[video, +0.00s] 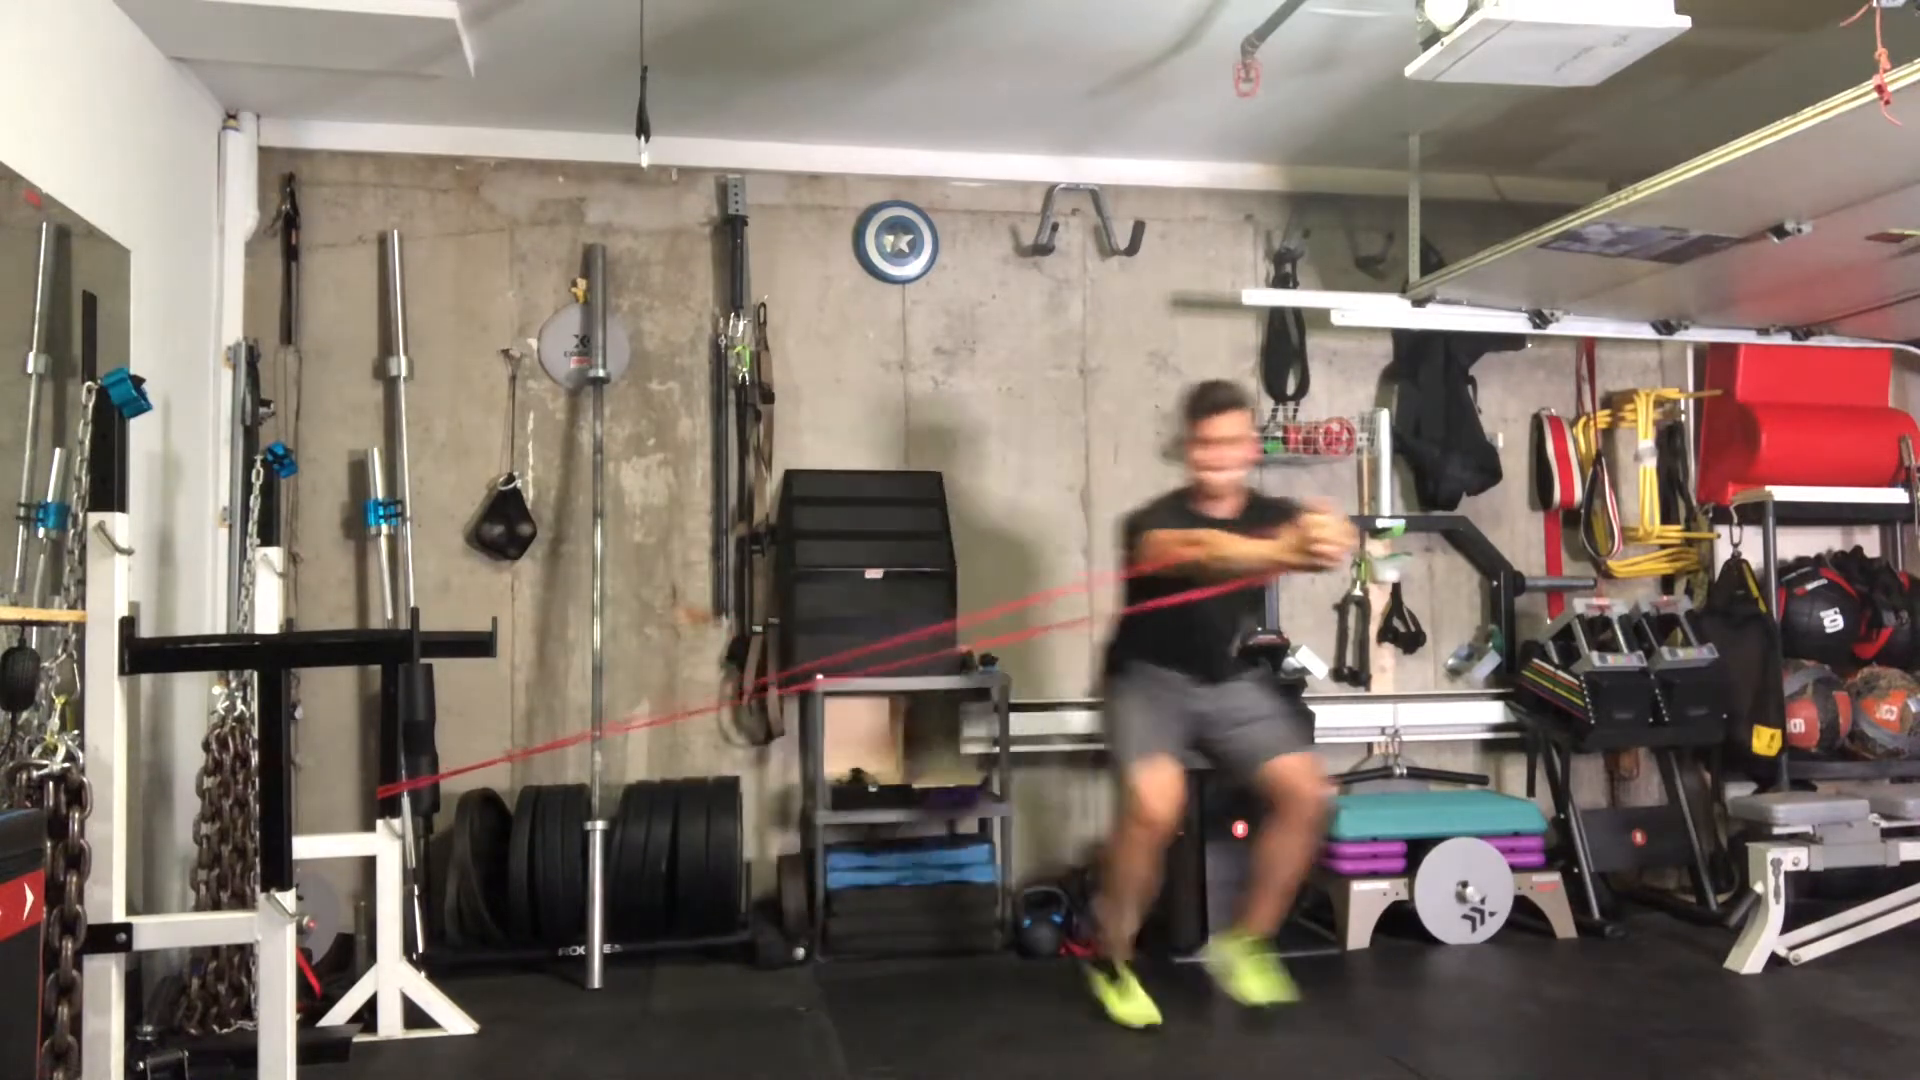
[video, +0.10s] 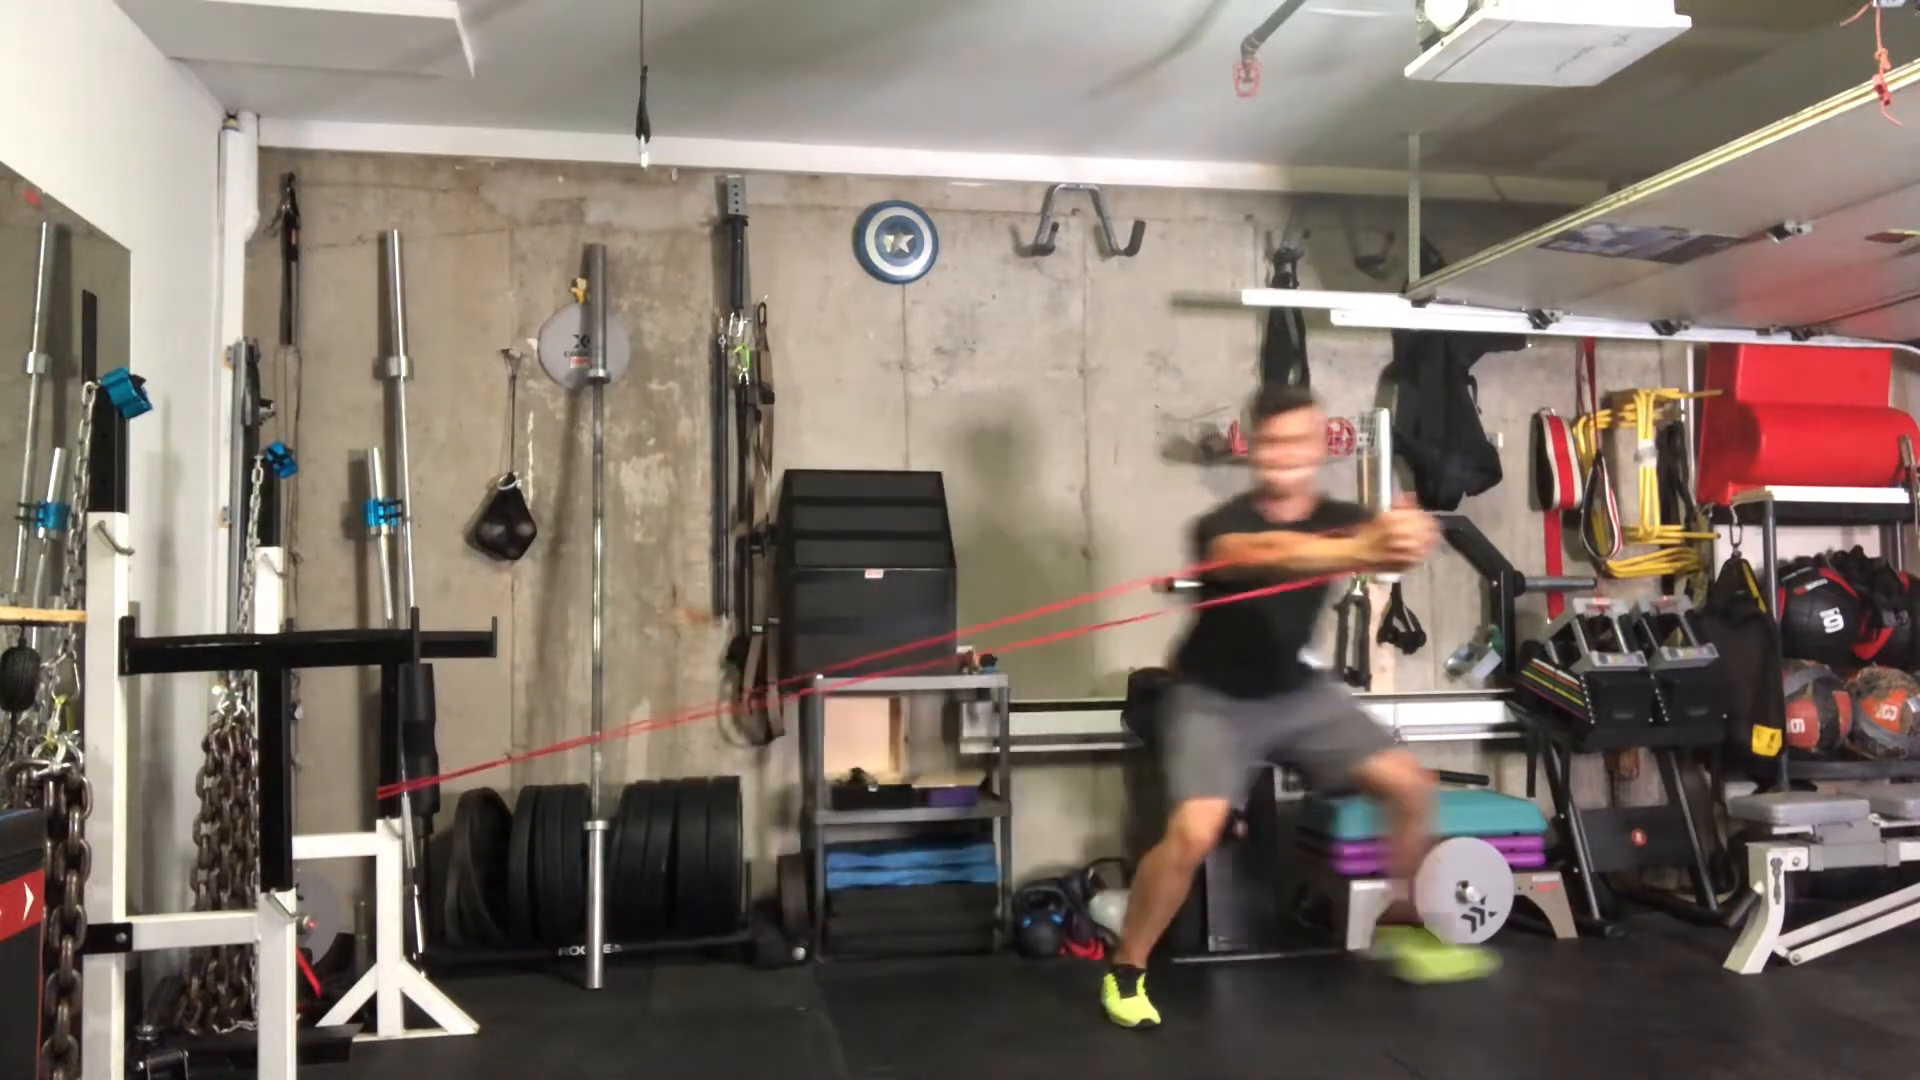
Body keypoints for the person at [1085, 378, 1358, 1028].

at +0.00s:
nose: (1220, 456)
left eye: (1234, 442)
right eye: (1207, 443)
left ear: (1253, 449)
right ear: (1187, 449)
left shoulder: (1275, 516)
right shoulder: (1153, 525)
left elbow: (1325, 541)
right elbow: (1211, 553)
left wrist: (1332, 535)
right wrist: (1295, 551)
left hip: (1233, 680)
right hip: (1150, 681)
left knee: (1305, 792)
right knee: (1157, 804)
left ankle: (1245, 942)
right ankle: (1112, 958)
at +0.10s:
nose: (1285, 459)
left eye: (1299, 445)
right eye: (1271, 445)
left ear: (1321, 449)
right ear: (1251, 450)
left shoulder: (1339, 520)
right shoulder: (1224, 527)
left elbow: (1383, 550)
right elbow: (1269, 555)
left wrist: (1411, 539)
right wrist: (1362, 545)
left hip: (1294, 689)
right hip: (1211, 696)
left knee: (1409, 783)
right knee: (1195, 830)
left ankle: (1404, 924)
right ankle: (1127, 969)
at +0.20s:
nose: (1365, 446)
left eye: (1379, 432)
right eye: (1355, 433)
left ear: (1407, 438)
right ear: (1334, 439)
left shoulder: (1424, 509)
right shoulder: (1305, 517)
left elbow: (1481, 536)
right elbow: (1343, 551)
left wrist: (1485, 541)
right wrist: (1443, 549)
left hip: (1383, 692)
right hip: (1296, 699)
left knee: (1495, 806)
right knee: (1267, 827)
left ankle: (1583, 951)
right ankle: (1142, 963)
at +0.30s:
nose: (1449, 466)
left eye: (1464, 452)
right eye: (1434, 452)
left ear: (1486, 463)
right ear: (1408, 462)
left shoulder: (1500, 530)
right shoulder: (1386, 537)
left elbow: (1554, 554)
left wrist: (1566, 531)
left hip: (1470, 707)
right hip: (1387, 707)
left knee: (1564, 829)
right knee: (1413, 817)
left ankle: (1609, 971)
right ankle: (1280, 929)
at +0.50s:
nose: (1548, 500)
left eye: (1563, 486)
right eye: (1533, 486)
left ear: (1583, 493)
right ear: (1510, 492)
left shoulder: (1599, 556)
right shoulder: (1475, 557)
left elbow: (1642, 583)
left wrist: (1637, 575)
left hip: (1568, 724)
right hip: (1477, 722)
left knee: (1631, 826)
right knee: (1545, 824)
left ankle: (1616, 971)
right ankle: (1519, 972)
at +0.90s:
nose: (1552, 436)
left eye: (1568, 423)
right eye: (1539, 424)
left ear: (1598, 436)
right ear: (1524, 437)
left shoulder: (1632, 519)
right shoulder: (1485, 512)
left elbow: (1615, 583)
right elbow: (1448, 587)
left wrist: (1553, 599)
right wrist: (1492, 598)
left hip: (1581, 700)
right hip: (1487, 691)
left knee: (1635, 829)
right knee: (1485, 800)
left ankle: (1617, 969)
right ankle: (1486, 956)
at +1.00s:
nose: (1500, 415)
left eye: (1515, 401)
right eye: (1489, 404)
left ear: (1553, 414)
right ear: (1479, 419)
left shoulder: (1597, 503)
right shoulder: (1453, 498)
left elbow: (1572, 590)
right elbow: (1403, 600)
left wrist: (1482, 627)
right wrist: (1439, 623)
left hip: (1565, 696)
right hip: (1463, 687)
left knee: (1619, 836)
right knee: (1422, 797)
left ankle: (1614, 970)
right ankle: (1389, 954)